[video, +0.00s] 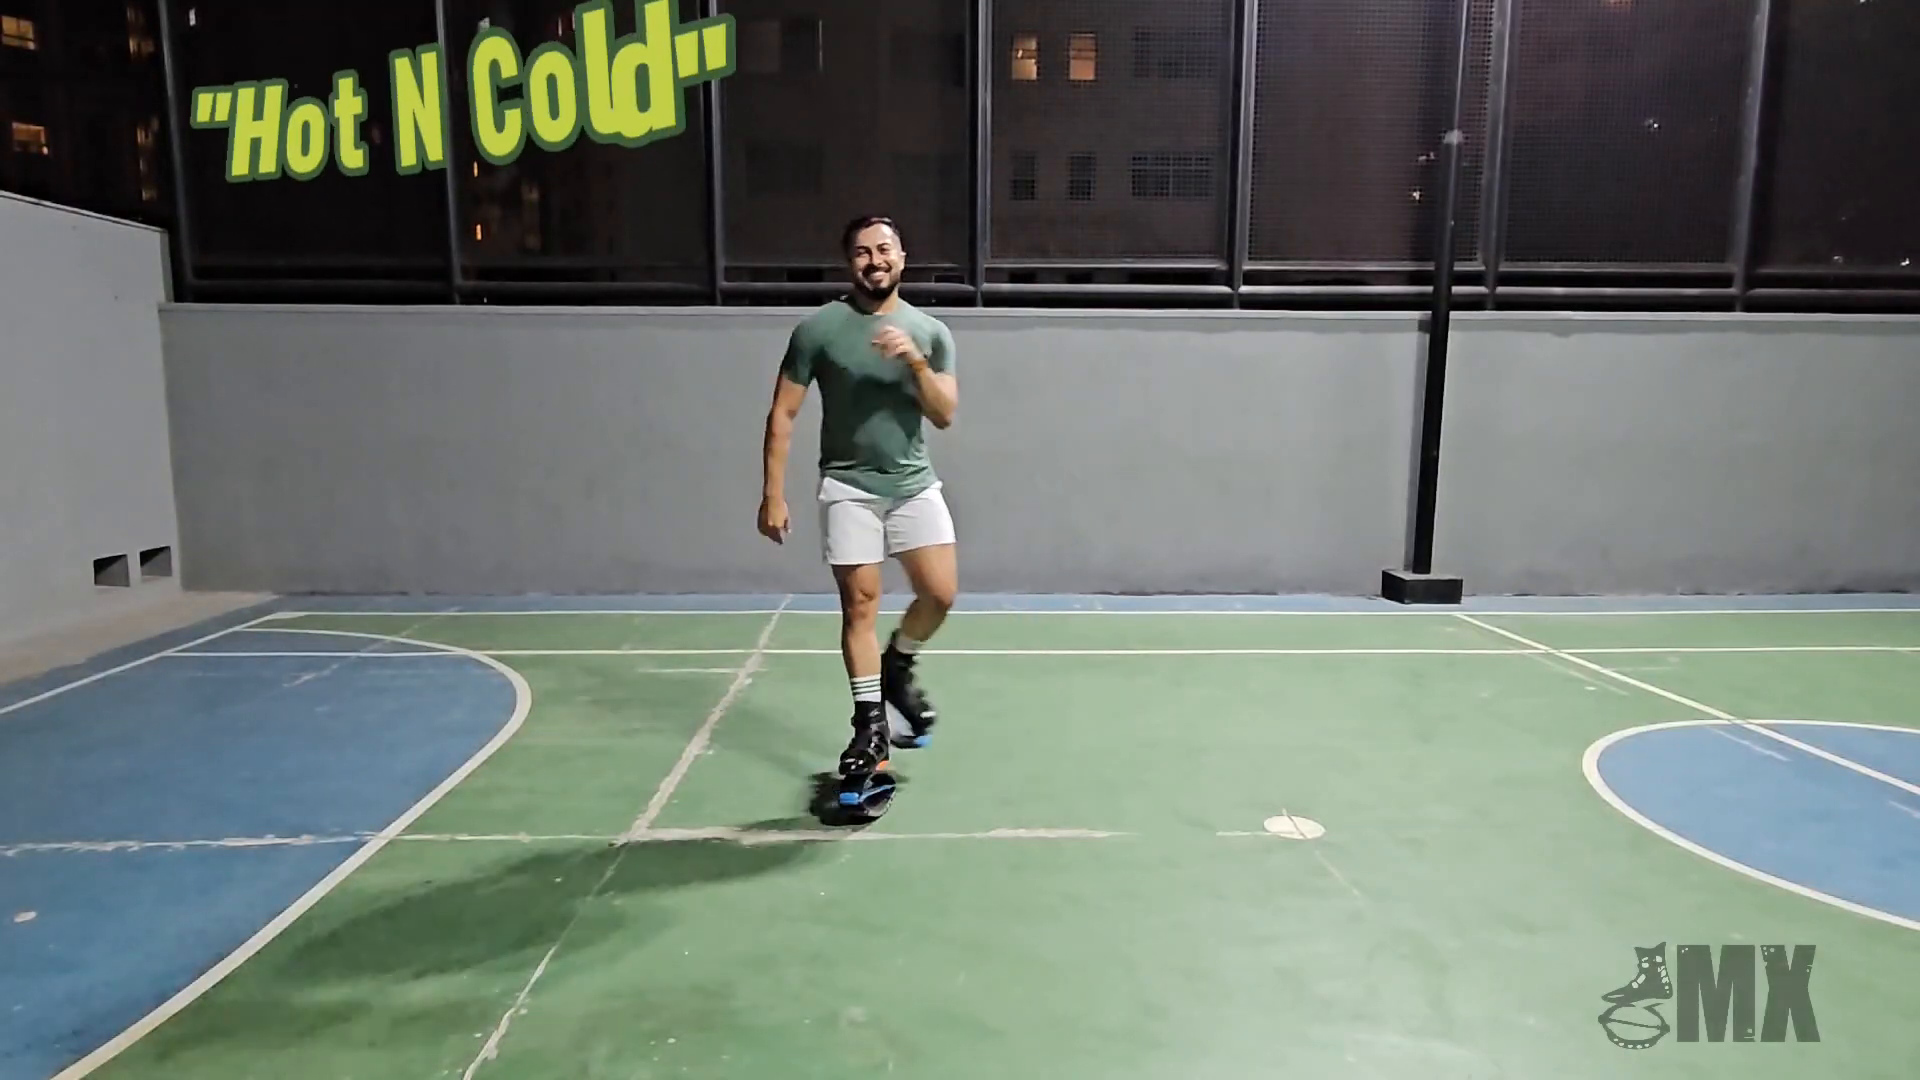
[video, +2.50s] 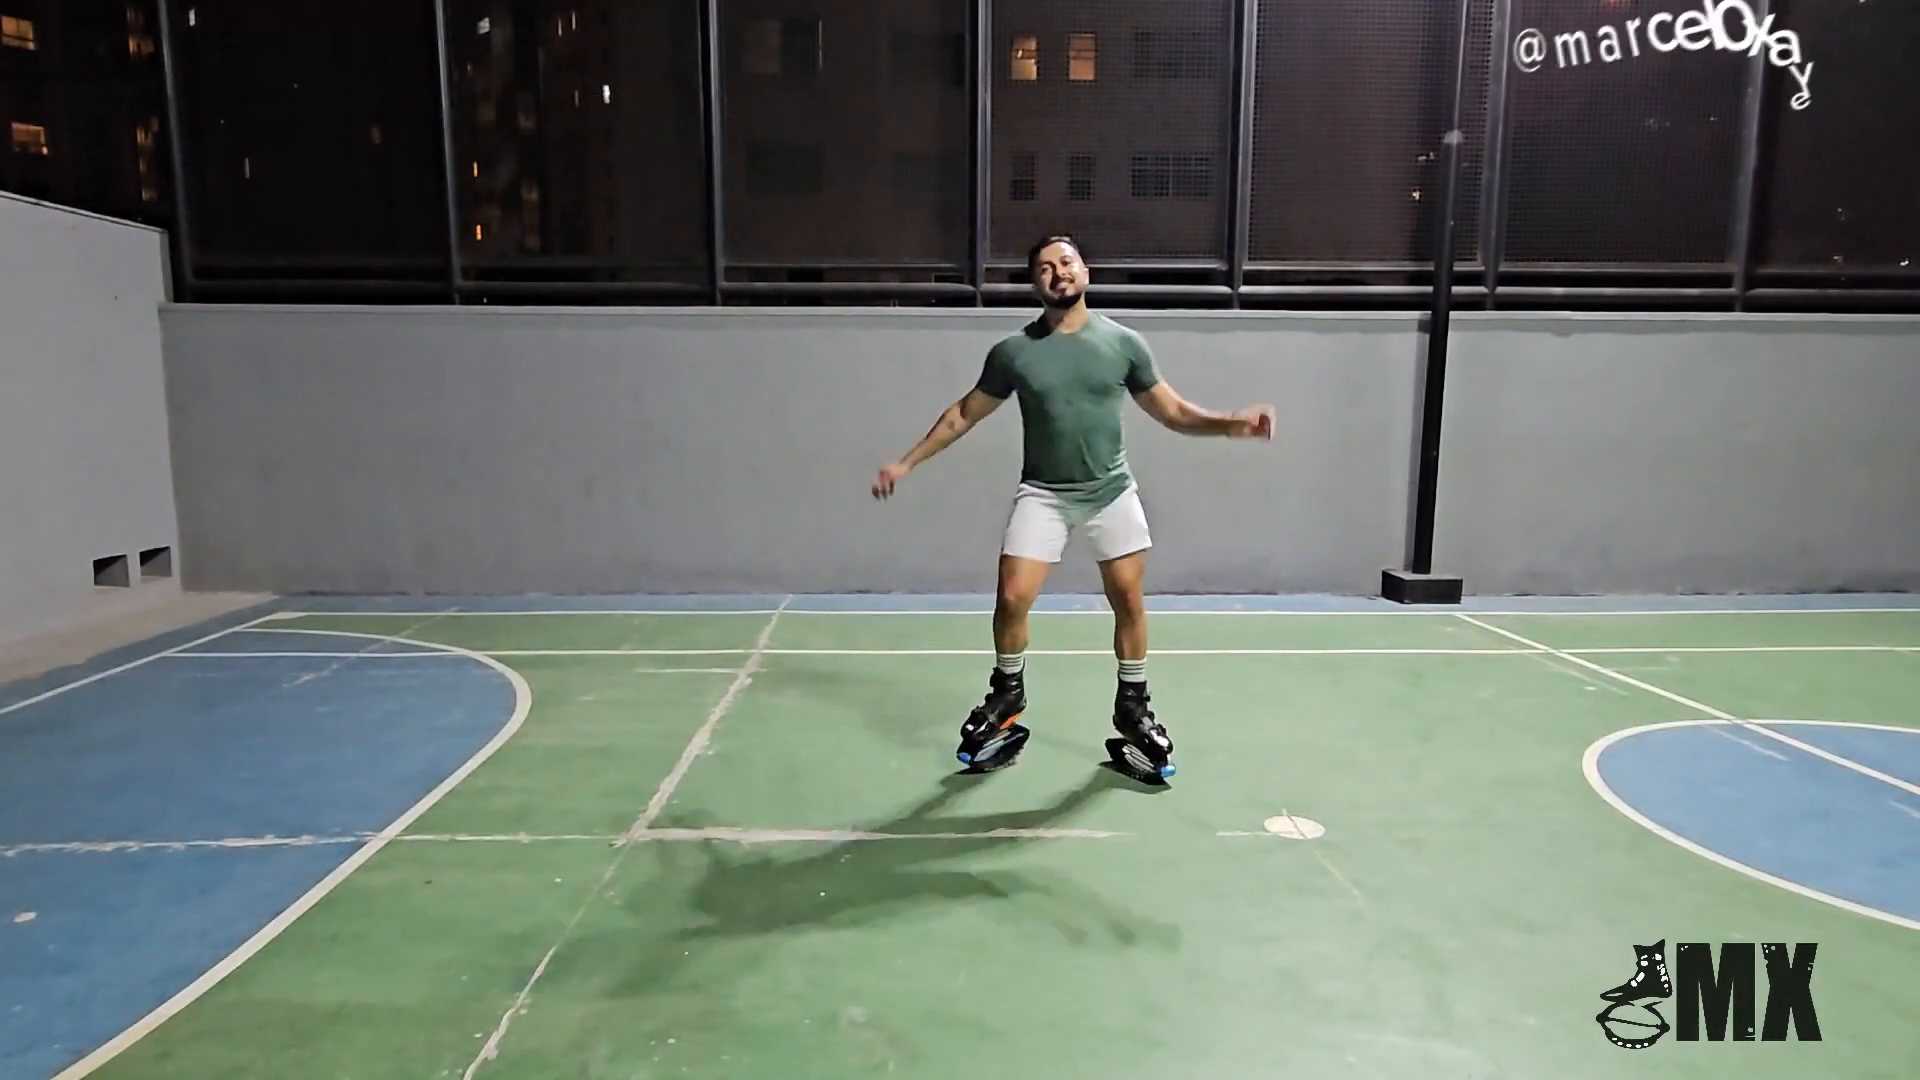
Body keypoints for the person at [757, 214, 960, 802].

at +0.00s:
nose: (875, 259)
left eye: (885, 249)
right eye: (863, 252)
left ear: (903, 259)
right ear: (849, 266)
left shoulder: (931, 331)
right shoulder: (817, 330)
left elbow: (944, 414)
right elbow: (782, 415)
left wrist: (917, 362)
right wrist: (774, 495)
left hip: (915, 482)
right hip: (849, 484)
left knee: (940, 594)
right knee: (860, 602)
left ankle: (895, 665)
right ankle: (869, 729)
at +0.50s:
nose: (785, 261)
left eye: (797, 252)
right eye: (776, 250)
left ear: (816, 261)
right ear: (763, 258)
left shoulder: (844, 326)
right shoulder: (732, 329)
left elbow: (895, 395)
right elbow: (691, 387)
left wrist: (934, 459)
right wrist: (660, 452)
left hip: (821, 478)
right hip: (755, 468)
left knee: (813, 590)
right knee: (722, 571)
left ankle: (801, 694)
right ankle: (718, 687)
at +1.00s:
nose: (746, 269)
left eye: (760, 267)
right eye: (743, 256)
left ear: (775, 281)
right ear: (728, 257)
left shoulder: (791, 335)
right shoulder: (681, 324)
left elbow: (801, 413)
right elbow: (652, 402)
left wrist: (766, 393)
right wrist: (683, 390)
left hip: (766, 473)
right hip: (700, 477)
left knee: (776, 576)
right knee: (690, 589)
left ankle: (759, 686)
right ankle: (689, 709)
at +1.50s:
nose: (825, 272)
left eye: (838, 266)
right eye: (818, 263)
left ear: (858, 285)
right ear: (804, 276)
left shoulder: (871, 345)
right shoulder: (763, 338)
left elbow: (909, 396)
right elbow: (722, 392)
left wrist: (882, 374)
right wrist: (708, 456)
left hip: (839, 493)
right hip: (769, 493)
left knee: (867, 595)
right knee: (738, 601)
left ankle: (885, 718)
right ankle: (699, 715)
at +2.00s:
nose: (949, 276)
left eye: (961, 267)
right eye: (939, 268)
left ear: (978, 281)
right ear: (925, 281)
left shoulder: (1005, 343)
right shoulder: (897, 345)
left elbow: (1024, 420)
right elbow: (882, 402)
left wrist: (1005, 479)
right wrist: (938, 382)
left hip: (989, 489)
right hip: (929, 495)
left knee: (971, 597)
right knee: (949, 611)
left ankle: (927, 719)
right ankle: (996, 700)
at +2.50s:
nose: (1059, 272)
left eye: (1067, 262)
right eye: (1047, 268)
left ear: (1086, 273)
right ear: (1036, 287)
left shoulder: (1122, 343)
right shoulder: (1012, 354)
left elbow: (1175, 412)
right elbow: (964, 414)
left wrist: (1233, 423)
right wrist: (905, 463)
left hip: (1111, 492)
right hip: (1042, 495)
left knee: (1128, 597)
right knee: (1011, 597)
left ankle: (1133, 712)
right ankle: (1006, 698)